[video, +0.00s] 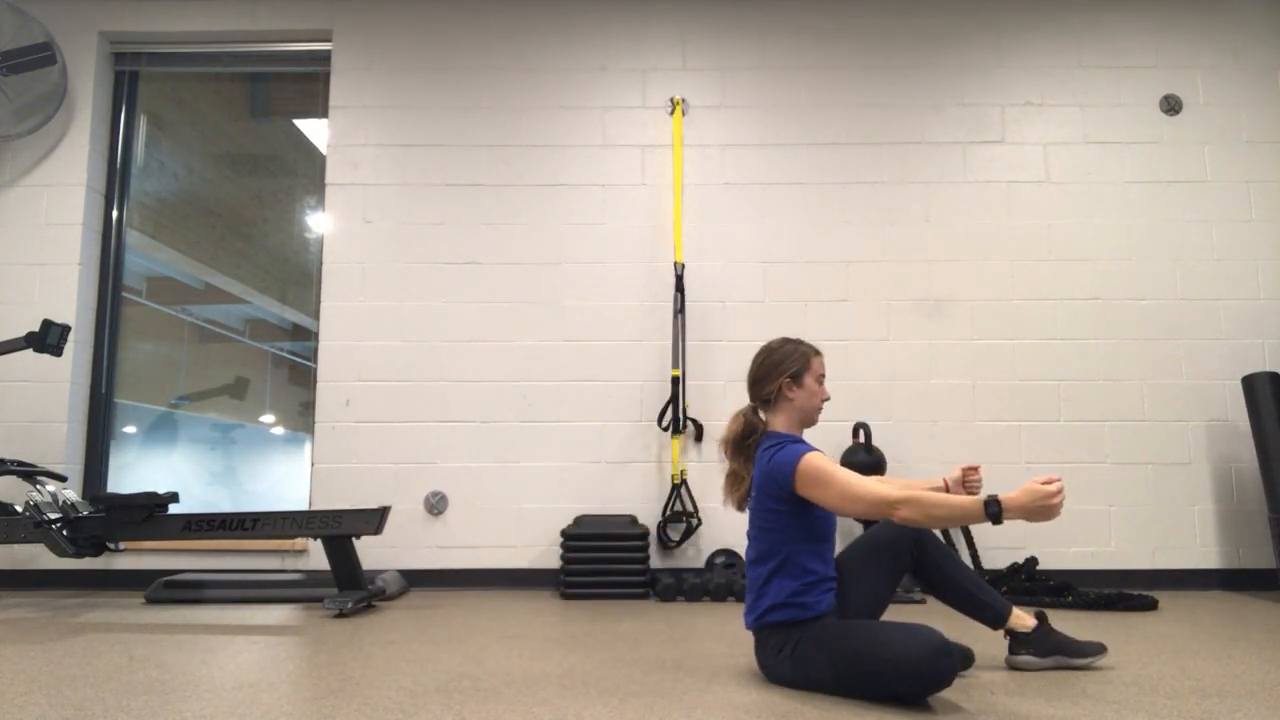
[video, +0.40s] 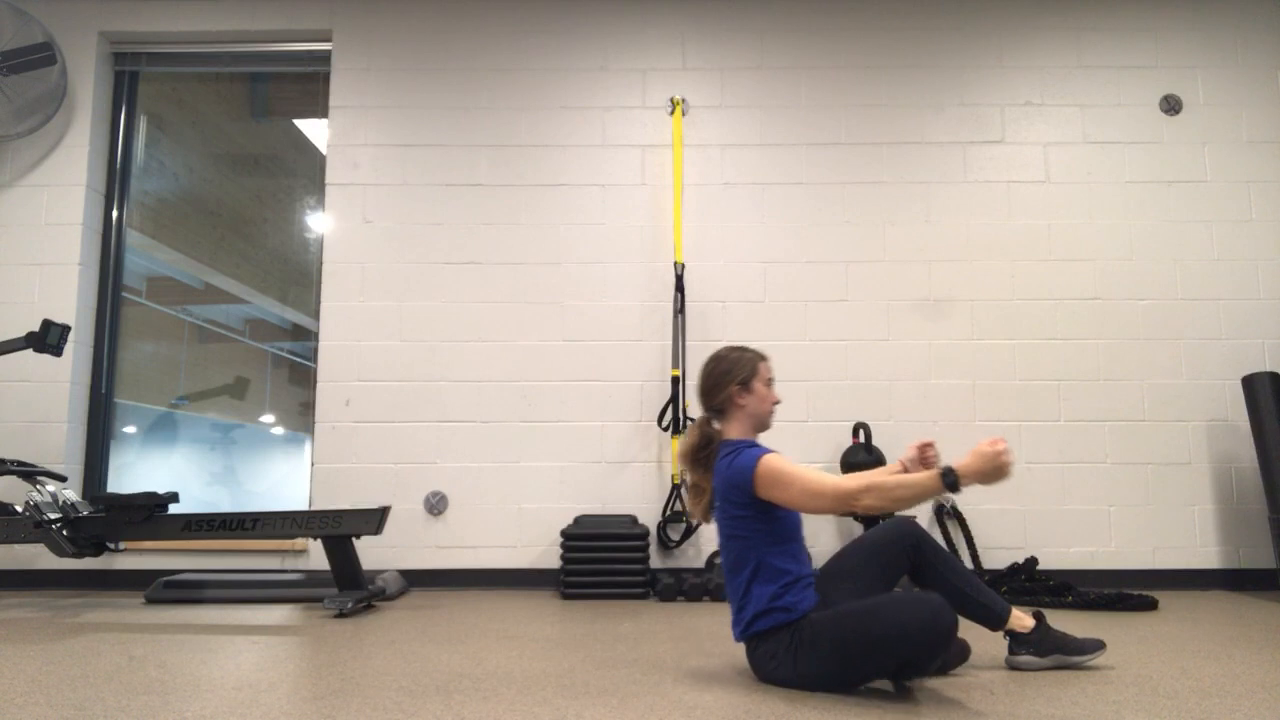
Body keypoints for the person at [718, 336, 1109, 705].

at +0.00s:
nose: (826, 393)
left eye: (823, 381)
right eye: (818, 381)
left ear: (784, 388)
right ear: (787, 387)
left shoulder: (786, 450)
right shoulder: (786, 458)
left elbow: (868, 502)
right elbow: (888, 504)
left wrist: (938, 488)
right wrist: (1006, 506)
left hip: (821, 610)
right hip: (792, 637)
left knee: (905, 533)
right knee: (932, 659)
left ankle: (1025, 630)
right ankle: (943, 652)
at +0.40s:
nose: (777, 397)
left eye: (773, 385)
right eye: (768, 386)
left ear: (738, 396)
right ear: (740, 394)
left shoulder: (742, 458)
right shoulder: (744, 462)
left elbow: (838, 496)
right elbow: (852, 498)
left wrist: (901, 473)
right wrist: (960, 475)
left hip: (800, 610)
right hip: (785, 642)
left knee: (903, 535)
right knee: (934, 616)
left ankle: (1022, 629)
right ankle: (908, 663)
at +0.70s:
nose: (699, 416)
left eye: (693, 406)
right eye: (688, 408)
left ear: (661, 425)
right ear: (662, 424)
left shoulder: (678, 482)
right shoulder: (678, 491)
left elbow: (777, 504)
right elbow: (793, 511)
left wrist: (822, 463)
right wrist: (873, 455)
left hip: (772, 613)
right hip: (770, 647)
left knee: (873, 516)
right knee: (900, 550)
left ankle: (989, 613)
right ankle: (898, 645)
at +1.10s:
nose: (589, 494)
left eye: (581, 486)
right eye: (576, 491)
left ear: (557, 517)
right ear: (554, 516)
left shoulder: (594, 558)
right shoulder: (596, 576)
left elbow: (689, 592)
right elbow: (701, 608)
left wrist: (677, 524)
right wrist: (682, 529)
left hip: (731, 625)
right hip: (746, 651)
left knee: (785, 474)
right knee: (809, 493)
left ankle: (926, 506)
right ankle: (934, 582)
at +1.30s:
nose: (536, 539)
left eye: (524, 535)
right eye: (520, 542)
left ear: (522, 567)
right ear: (511, 576)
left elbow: (661, 614)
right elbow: (670, 625)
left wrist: (610, 562)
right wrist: (618, 562)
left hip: (723, 624)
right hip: (735, 644)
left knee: (702, 466)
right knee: (703, 470)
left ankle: (824, 426)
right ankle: (853, 447)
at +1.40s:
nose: (514, 554)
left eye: (503, 551)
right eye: (499, 558)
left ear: (504, 587)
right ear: (493, 595)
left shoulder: (557, 610)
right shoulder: (555, 631)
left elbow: (651, 604)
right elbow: (654, 617)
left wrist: (591, 567)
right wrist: (593, 568)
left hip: (712, 613)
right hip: (721, 627)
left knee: (665, 461)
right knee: (665, 464)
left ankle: (776, 390)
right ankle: (797, 398)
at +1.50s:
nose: (500, 566)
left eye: (487, 565)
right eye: (484, 573)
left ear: (492, 605)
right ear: (484, 609)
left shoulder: (544, 615)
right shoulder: (546, 638)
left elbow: (644, 598)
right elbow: (652, 610)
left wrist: (578, 572)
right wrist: (578, 575)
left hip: (701, 604)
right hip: (714, 617)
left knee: (637, 461)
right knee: (634, 462)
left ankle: (743, 370)